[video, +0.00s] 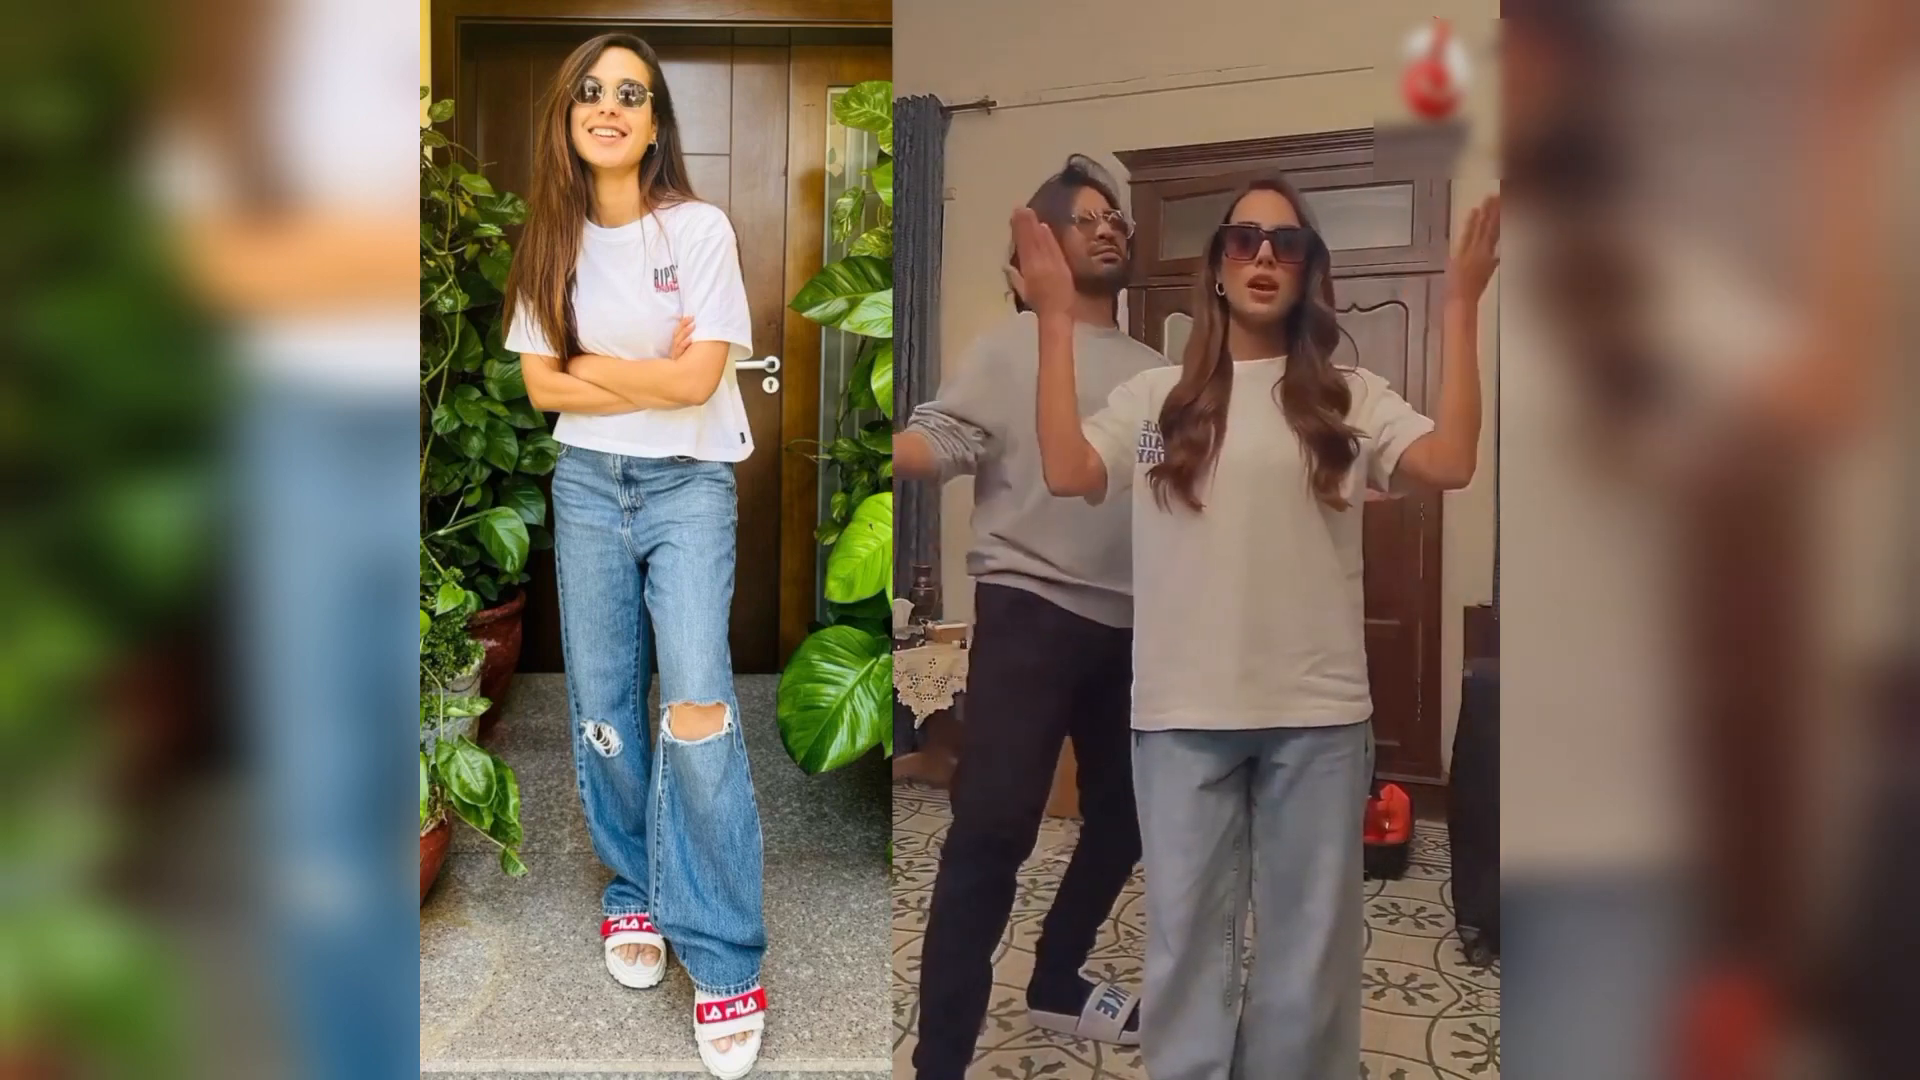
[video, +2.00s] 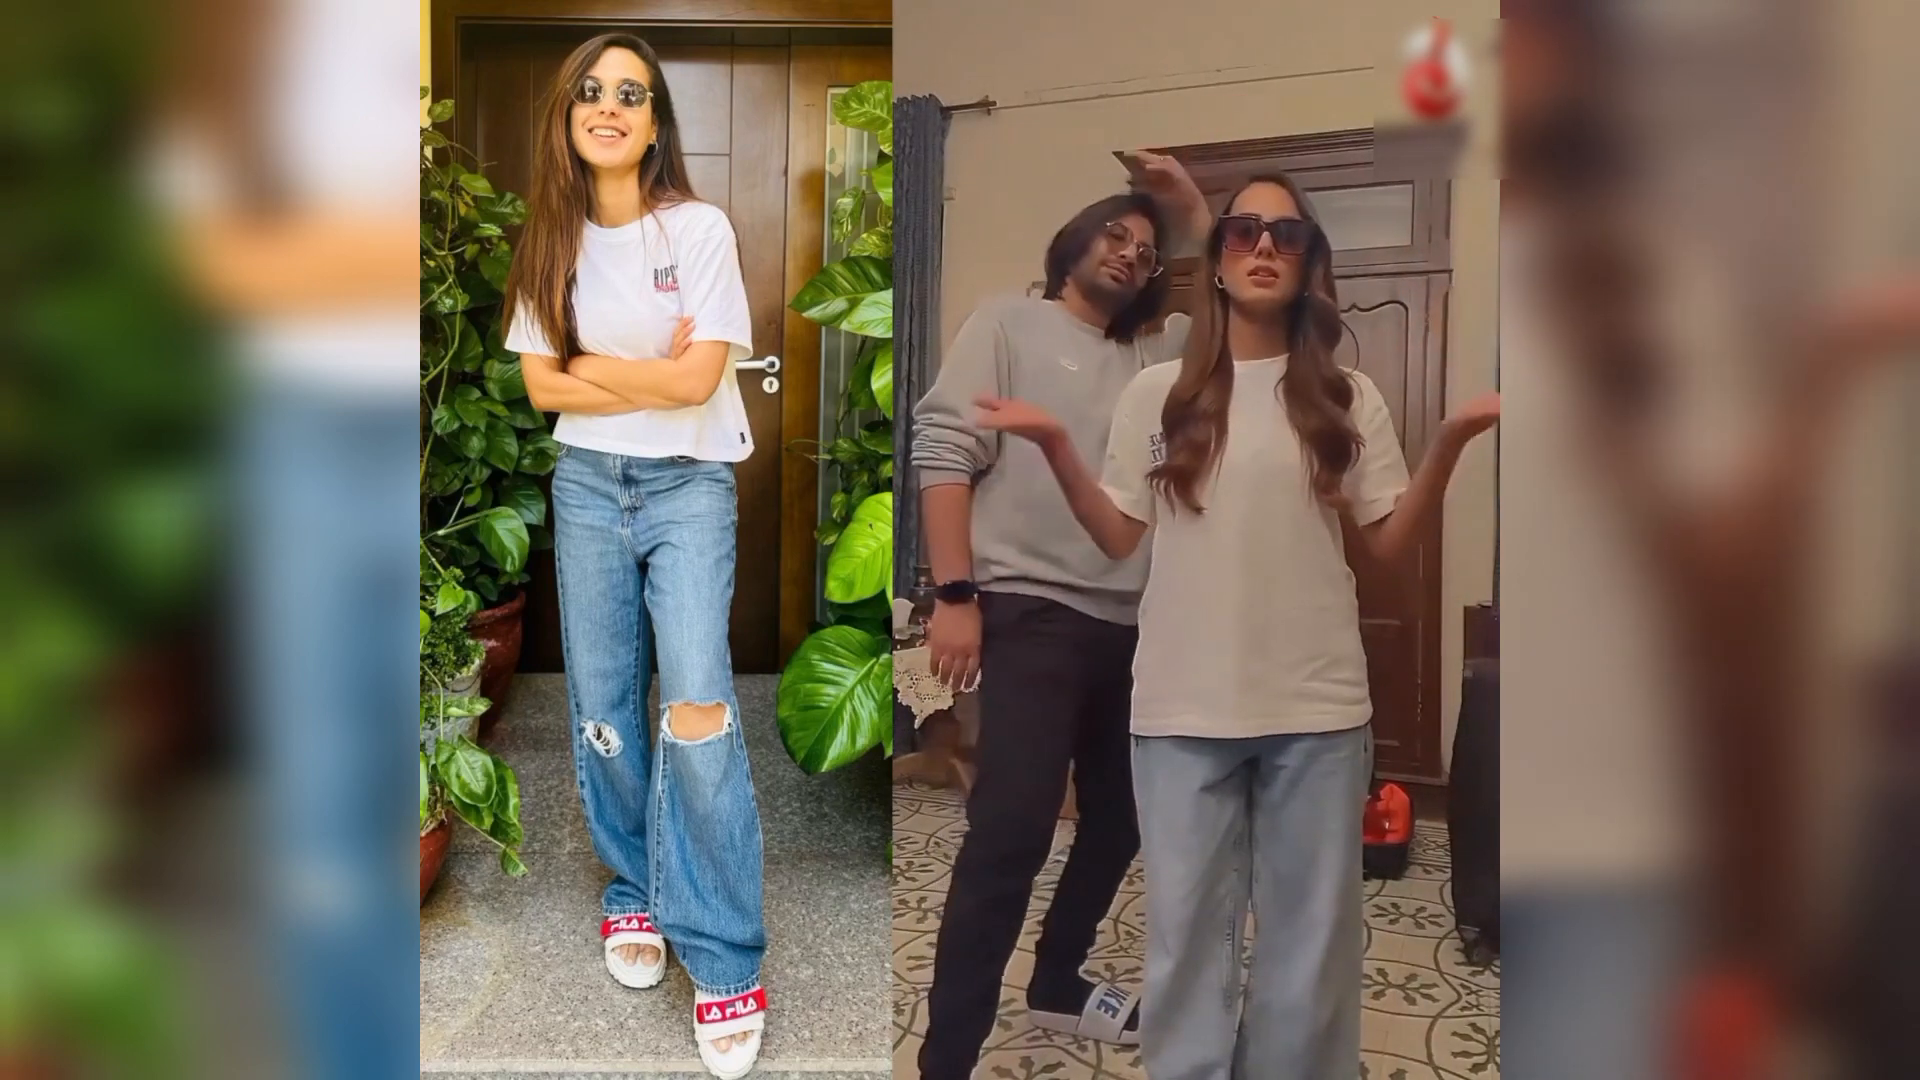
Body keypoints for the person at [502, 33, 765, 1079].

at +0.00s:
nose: (610, 111)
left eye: (629, 97)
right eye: (593, 95)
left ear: (656, 122)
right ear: (566, 117)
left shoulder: (699, 225)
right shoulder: (550, 239)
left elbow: (698, 378)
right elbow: (540, 385)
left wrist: (576, 362)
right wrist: (662, 378)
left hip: (689, 482)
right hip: (584, 484)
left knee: (695, 709)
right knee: (602, 708)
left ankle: (724, 955)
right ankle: (631, 890)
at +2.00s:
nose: (610, 111)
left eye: (630, 97)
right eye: (593, 95)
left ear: (656, 121)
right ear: (566, 117)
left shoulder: (699, 226)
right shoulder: (549, 240)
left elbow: (698, 378)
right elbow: (540, 385)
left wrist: (576, 362)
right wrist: (662, 378)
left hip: (689, 482)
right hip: (584, 484)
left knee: (695, 708)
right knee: (603, 708)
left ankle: (724, 955)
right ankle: (631, 889)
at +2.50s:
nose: (610, 111)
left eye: (630, 97)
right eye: (593, 95)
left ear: (656, 120)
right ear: (566, 117)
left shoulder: (699, 226)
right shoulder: (549, 240)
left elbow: (698, 378)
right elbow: (540, 385)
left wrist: (576, 362)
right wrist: (662, 378)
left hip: (689, 482)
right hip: (584, 484)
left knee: (695, 708)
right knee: (603, 709)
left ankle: (724, 954)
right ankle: (631, 890)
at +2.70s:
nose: (610, 111)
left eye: (630, 97)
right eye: (593, 95)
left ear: (656, 121)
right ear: (566, 117)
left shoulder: (699, 226)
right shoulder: (549, 240)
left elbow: (698, 378)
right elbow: (540, 385)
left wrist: (576, 363)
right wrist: (661, 378)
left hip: (689, 482)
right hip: (584, 484)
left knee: (694, 708)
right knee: (603, 707)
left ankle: (724, 955)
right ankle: (631, 890)